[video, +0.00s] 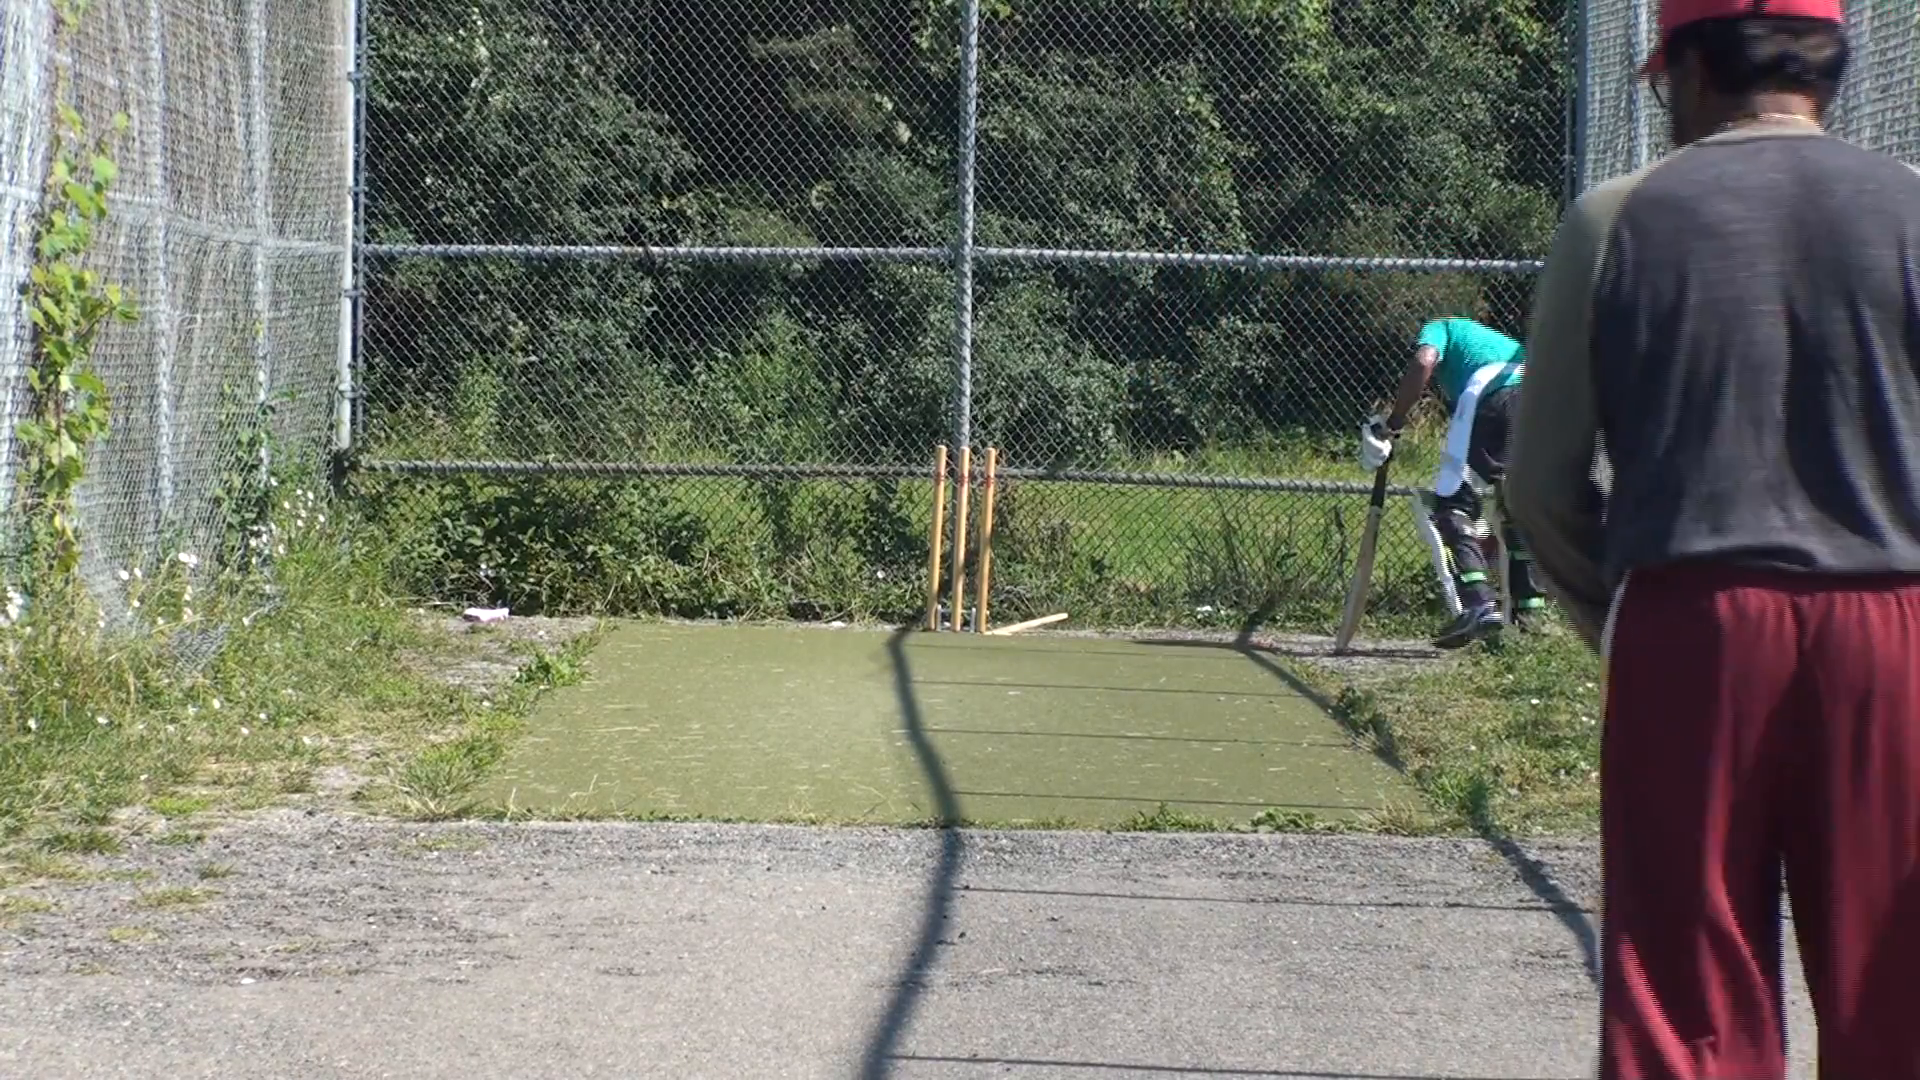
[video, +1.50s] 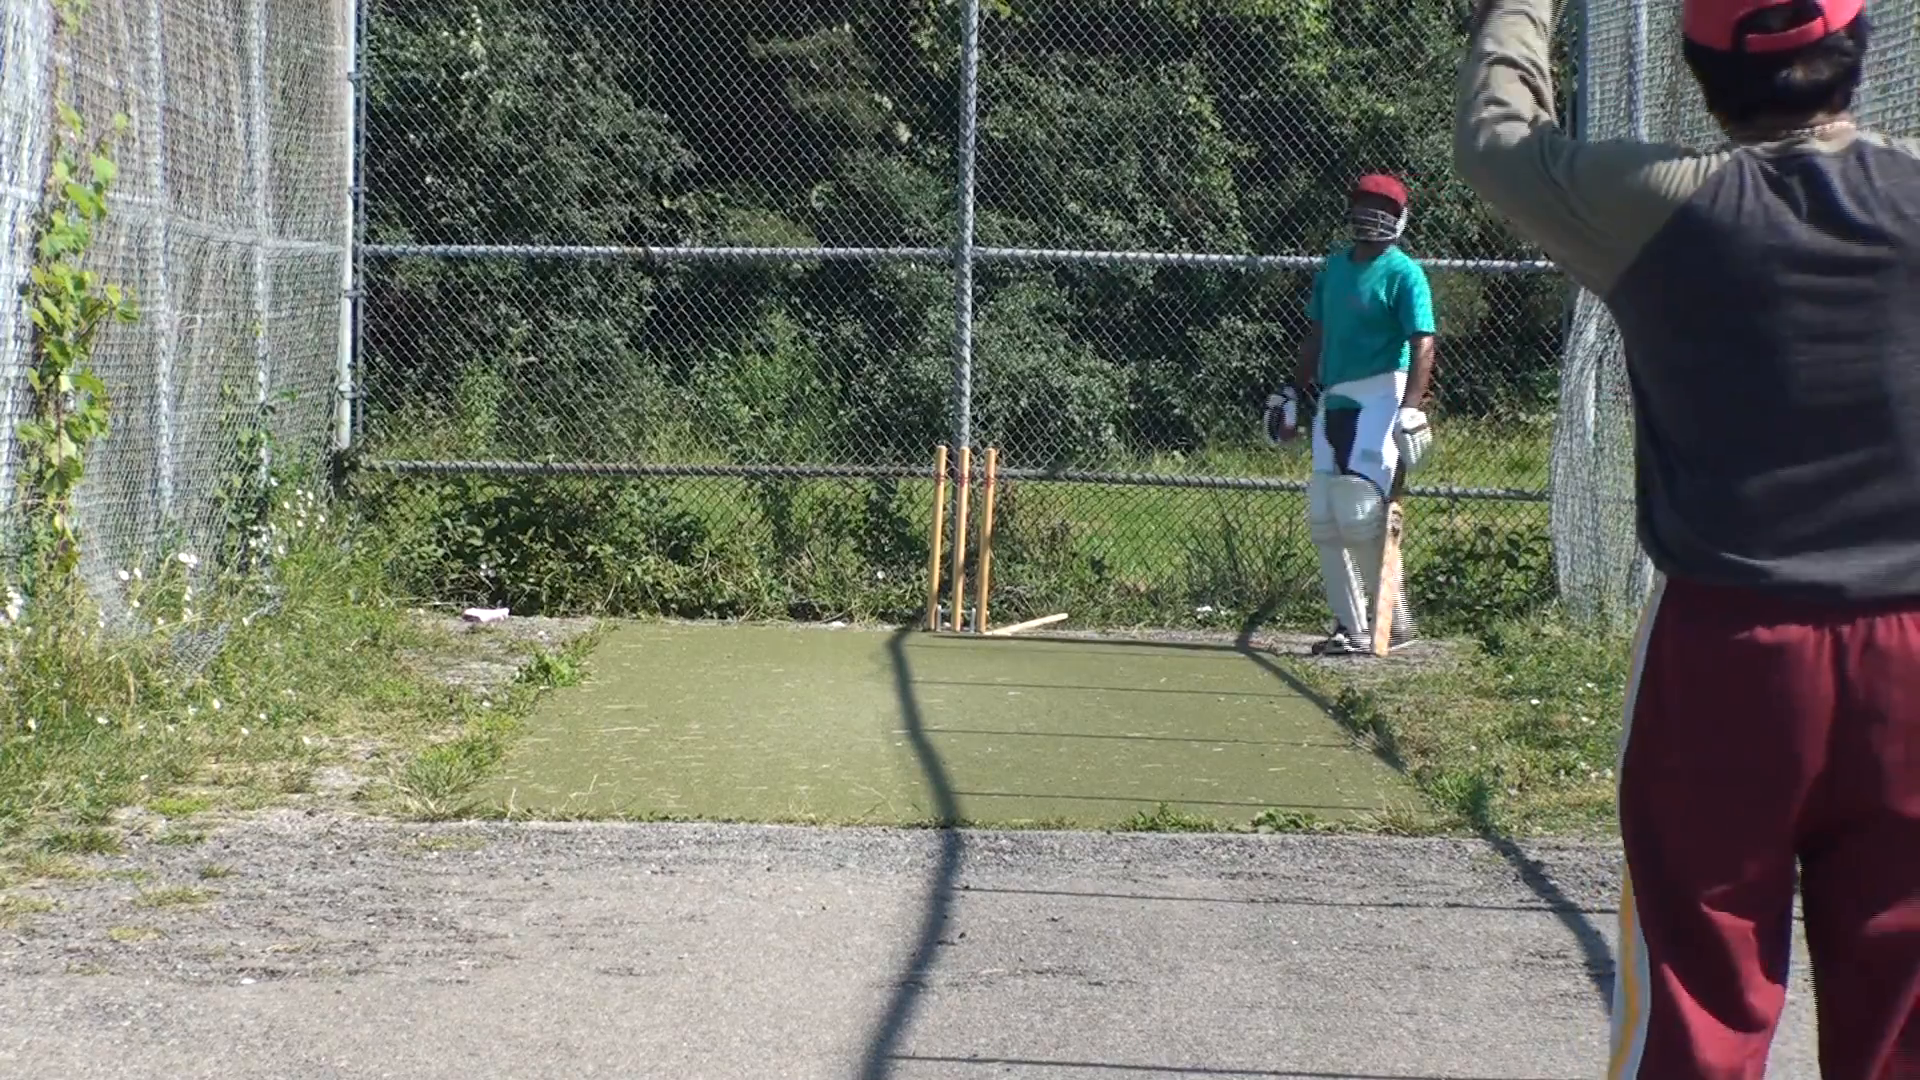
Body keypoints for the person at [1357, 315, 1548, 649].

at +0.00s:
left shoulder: (1439, 328)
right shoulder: (1499, 343)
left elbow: (1424, 362)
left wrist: (1392, 424)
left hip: (1497, 396)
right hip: (1540, 393)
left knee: (1454, 503)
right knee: (1517, 501)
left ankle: (1479, 604)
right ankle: (1528, 606)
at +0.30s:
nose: (1402, 271)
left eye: (1403, 261)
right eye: (1399, 262)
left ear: (1421, 253)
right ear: (1450, 251)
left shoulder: (1423, 287)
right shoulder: (1491, 283)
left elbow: (1411, 360)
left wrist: (1385, 424)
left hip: (1473, 392)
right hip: (1524, 387)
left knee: (1433, 507)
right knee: (1510, 500)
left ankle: (1455, 622)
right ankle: (1539, 611)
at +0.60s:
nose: (1397, 231)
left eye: (1404, 221)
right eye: (1396, 222)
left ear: (1428, 222)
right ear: (1441, 223)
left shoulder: (1422, 273)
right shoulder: (1476, 262)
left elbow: (1411, 354)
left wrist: (1383, 416)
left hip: (1452, 407)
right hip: (1496, 402)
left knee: (1426, 509)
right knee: (1461, 499)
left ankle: (1453, 620)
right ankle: (1505, 606)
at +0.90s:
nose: (1398, 223)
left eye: (1410, 215)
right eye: (1395, 214)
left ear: (1436, 221)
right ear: (1393, 216)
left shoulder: (1434, 269)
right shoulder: (1418, 266)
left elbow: (1440, 346)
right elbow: (1429, 342)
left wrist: (1407, 408)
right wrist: (1405, 398)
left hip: (1442, 400)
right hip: (1430, 396)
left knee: (1430, 507)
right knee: (1413, 502)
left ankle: (1452, 616)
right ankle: (1417, 606)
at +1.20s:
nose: (1387, 223)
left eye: (1399, 215)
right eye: (1380, 214)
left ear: (1419, 221)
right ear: (1372, 217)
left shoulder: (1425, 273)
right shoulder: (1369, 270)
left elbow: (1448, 346)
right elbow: (1367, 344)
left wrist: (1425, 411)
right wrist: (1352, 404)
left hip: (1403, 399)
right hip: (1367, 399)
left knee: (1391, 525)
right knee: (1341, 521)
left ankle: (1440, 628)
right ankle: (1355, 629)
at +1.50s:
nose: (1372, 220)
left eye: (1383, 214)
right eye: (1364, 211)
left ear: (1399, 222)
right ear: (1350, 215)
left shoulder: (1406, 273)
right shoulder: (1332, 269)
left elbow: (1423, 345)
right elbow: (1314, 334)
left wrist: (1410, 410)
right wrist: (1297, 393)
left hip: (1380, 397)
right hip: (1334, 397)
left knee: (1358, 513)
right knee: (1323, 520)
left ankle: (1392, 614)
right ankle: (1351, 627)